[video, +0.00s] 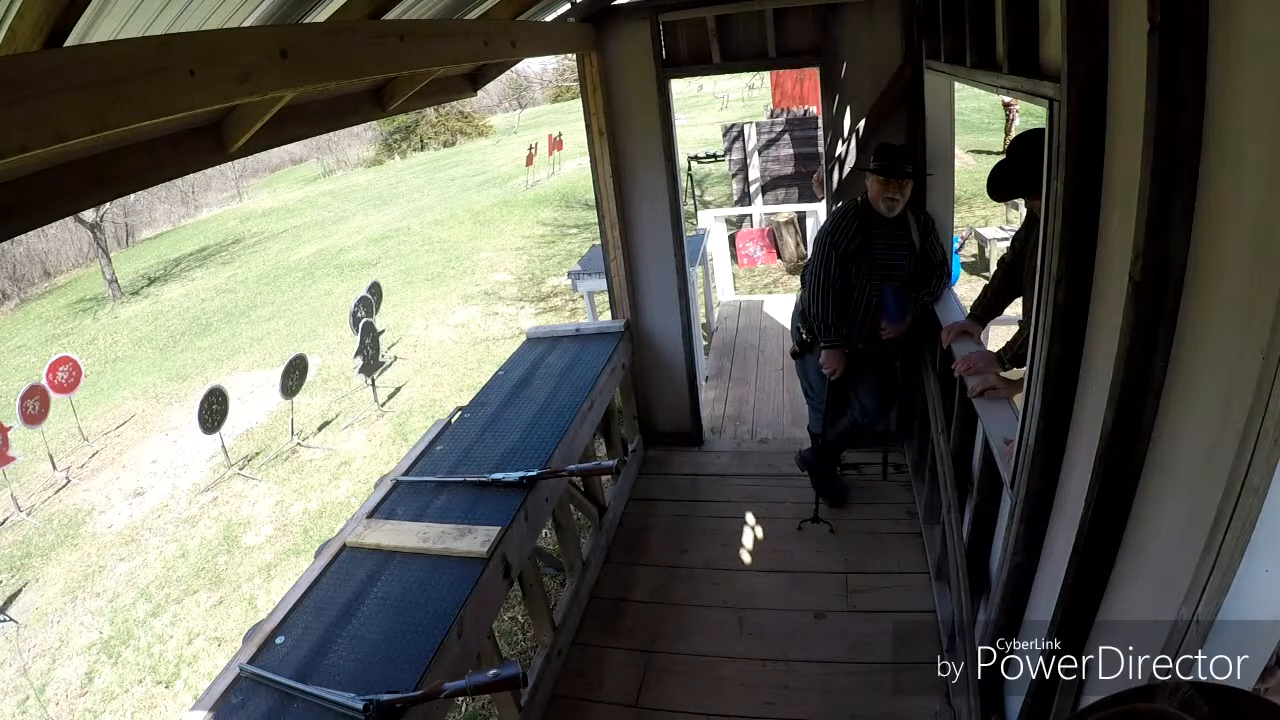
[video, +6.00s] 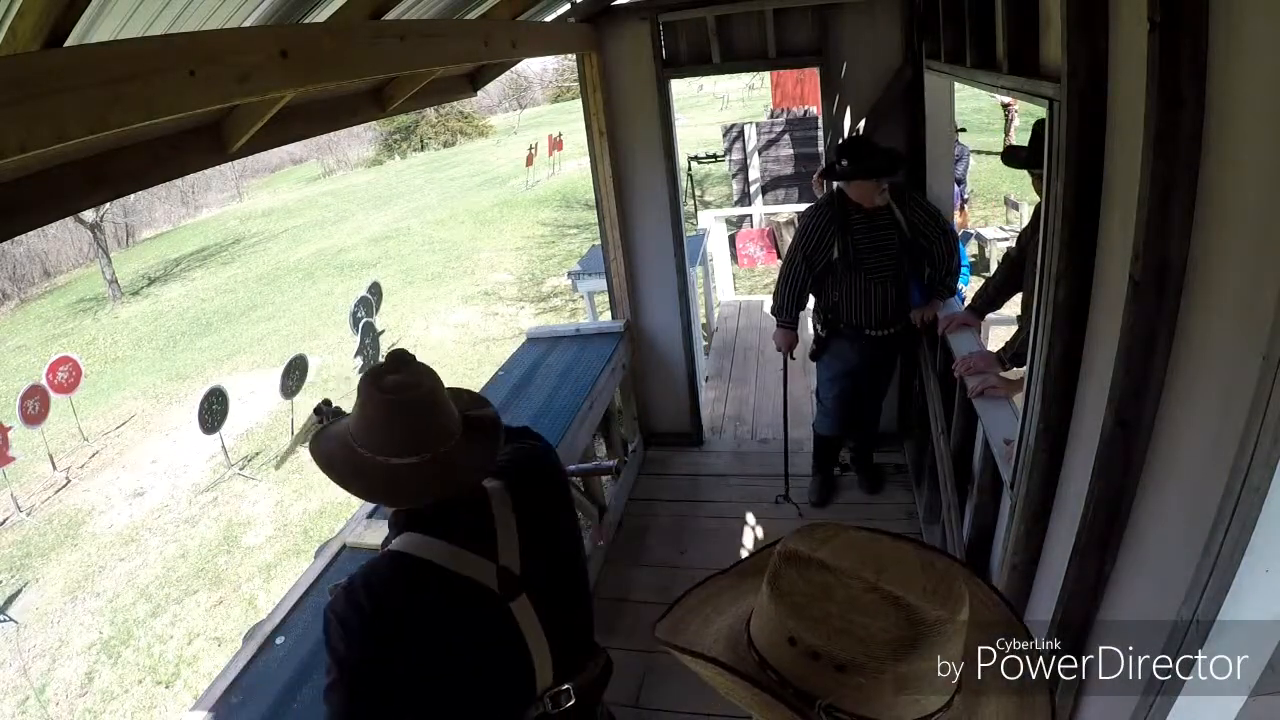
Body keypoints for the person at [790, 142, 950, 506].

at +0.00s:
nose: (894, 190)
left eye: (903, 181)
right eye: (885, 180)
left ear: (912, 185)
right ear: (869, 180)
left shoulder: (920, 224)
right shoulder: (845, 222)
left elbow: (938, 274)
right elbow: (820, 282)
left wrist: (909, 315)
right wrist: (831, 343)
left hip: (876, 335)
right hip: (825, 334)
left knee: (872, 409)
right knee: (827, 411)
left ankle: (817, 455)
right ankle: (827, 479)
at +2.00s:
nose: (886, 199)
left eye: (897, 191)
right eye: (878, 190)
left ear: (911, 192)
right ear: (865, 186)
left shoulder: (920, 225)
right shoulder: (844, 223)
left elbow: (937, 273)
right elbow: (820, 282)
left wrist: (909, 317)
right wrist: (831, 343)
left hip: (875, 335)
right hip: (824, 334)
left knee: (871, 409)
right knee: (826, 410)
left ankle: (817, 455)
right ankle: (827, 478)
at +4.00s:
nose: (852, 182)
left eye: (863, 174)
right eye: (847, 172)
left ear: (885, 174)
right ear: (840, 171)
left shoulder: (906, 216)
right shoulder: (824, 215)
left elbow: (934, 270)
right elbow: (801, 270)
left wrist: (912, 318)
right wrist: (801, 324)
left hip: (882, 334)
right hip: (832, 331)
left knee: (873, 404)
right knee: (830, 405)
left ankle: (865, 460)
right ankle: (826, 472)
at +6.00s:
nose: (884, 188)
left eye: (886, 179)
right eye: (875, 181)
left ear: (889, 176)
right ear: (849, 182)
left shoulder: (907, 209)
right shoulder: (824, 218)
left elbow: (945, 243)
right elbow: (795, 269)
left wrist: (937, 296)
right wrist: (786, 322)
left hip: (890, 333)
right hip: (840, 333)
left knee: (873, 403)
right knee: (832, 406)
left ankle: (864, 460)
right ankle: (823, 472)